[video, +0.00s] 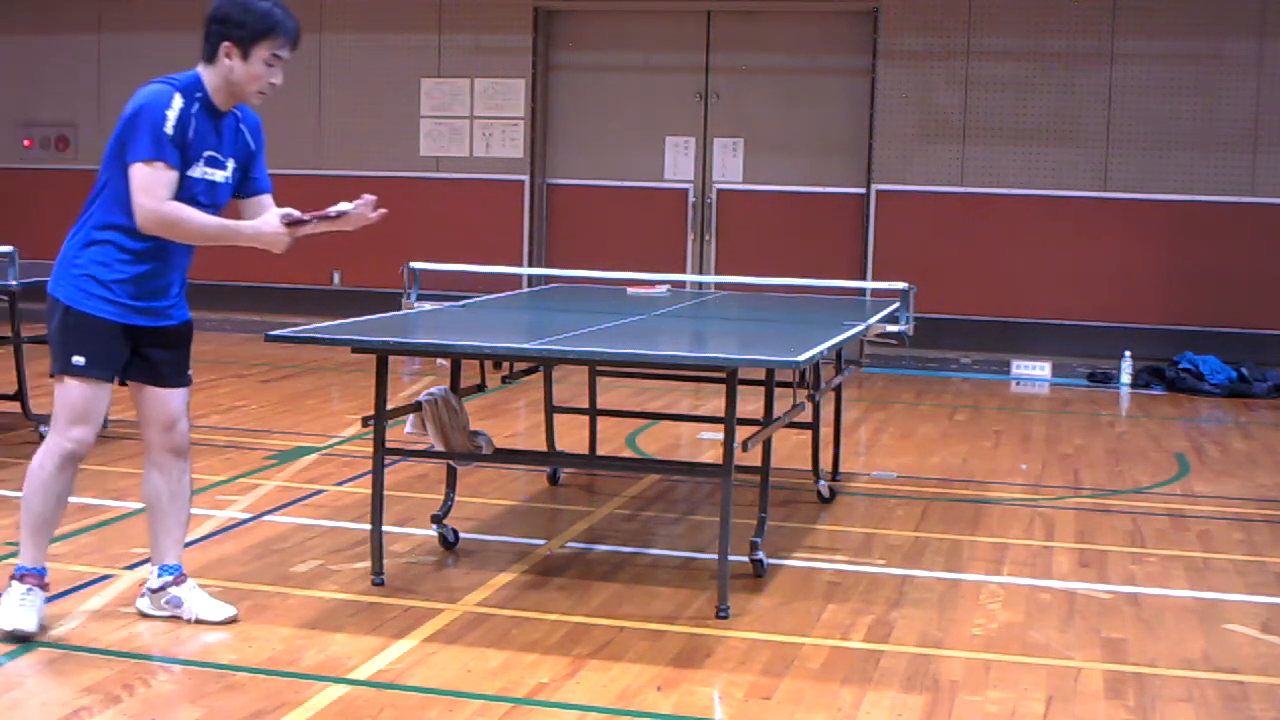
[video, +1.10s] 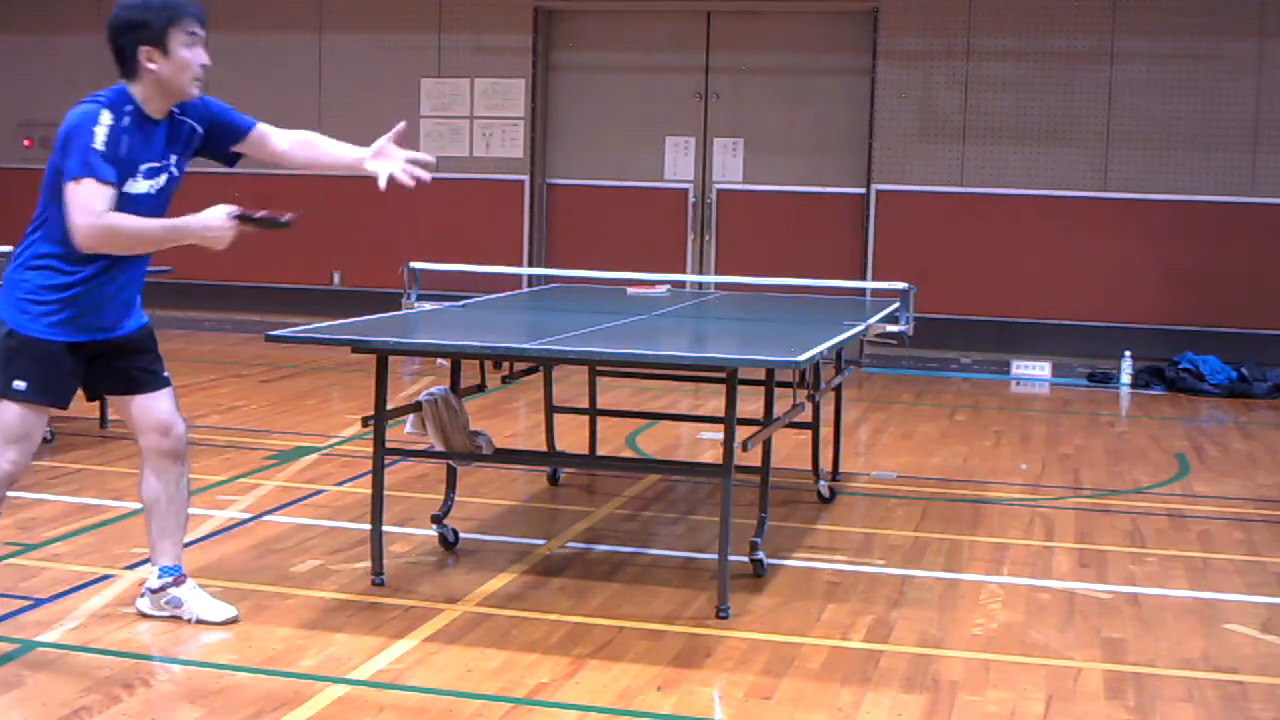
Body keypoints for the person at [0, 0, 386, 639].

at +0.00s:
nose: (278, 76)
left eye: (283, 63)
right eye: (270, 60)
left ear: (244, 59)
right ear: (228, 53)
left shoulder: (245, 126)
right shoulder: (162, 105)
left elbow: (260, 224)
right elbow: (150, 211)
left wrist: (330, 221)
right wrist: (247, 234)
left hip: (162, 298)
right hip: (95, 291)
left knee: (171, 438)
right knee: (73, 437)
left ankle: (166, 582)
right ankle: (27, 581)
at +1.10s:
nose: (206, 57)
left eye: (203, 44)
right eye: (192, 44)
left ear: (165, 58)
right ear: (148, 57)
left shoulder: (192, 116)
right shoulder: (95, 122)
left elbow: (281, 145)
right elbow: (89, 229)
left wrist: (366, 156)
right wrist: (190, 229)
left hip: (116, 311)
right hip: (39, 311)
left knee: (166, 436)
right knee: (12, 452)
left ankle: (165, 582)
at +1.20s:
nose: (186, 49)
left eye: (183, 35)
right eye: (172, 37)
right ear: (128, 53)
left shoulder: (181, 113)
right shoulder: (80, 115)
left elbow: (271, 147)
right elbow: (44, 211)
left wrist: (358, 166)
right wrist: (151, 235)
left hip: (110, 312)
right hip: (32, 311)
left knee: (164, 438)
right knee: (10, 454)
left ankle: (165, 582)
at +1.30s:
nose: (176, 53)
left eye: (173, 39)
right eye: (161, 41)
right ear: (117, 56)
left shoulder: (178, 120)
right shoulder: (65, 120)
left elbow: (263, 163)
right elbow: (7, 191)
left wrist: (342, 201)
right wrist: (73, 204)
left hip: (111, 313)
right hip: (30, 317)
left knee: (167, 439)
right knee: (9, 463)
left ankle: (164, 581)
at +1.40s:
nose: (177, 72)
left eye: (174, 57)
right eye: (161, 59)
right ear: (116, 73)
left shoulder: (179, 138)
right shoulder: (62, 128)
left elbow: (252, 197)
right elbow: (9, 186)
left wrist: (306, 250)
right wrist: (8, 164)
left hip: (111, 324)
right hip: (29, 323)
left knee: (177, 445)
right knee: (13, 473)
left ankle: (166, 582)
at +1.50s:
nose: (197, 103)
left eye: (197, 88)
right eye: (183, 87)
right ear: (136, 92)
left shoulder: (186, 166)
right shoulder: (74, 136)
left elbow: (219, 234)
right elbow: (9, 174)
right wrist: (14, 154)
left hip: (110, 331)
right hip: (30, 328)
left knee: (191, 441)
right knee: (16, 483)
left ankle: (169, 578)